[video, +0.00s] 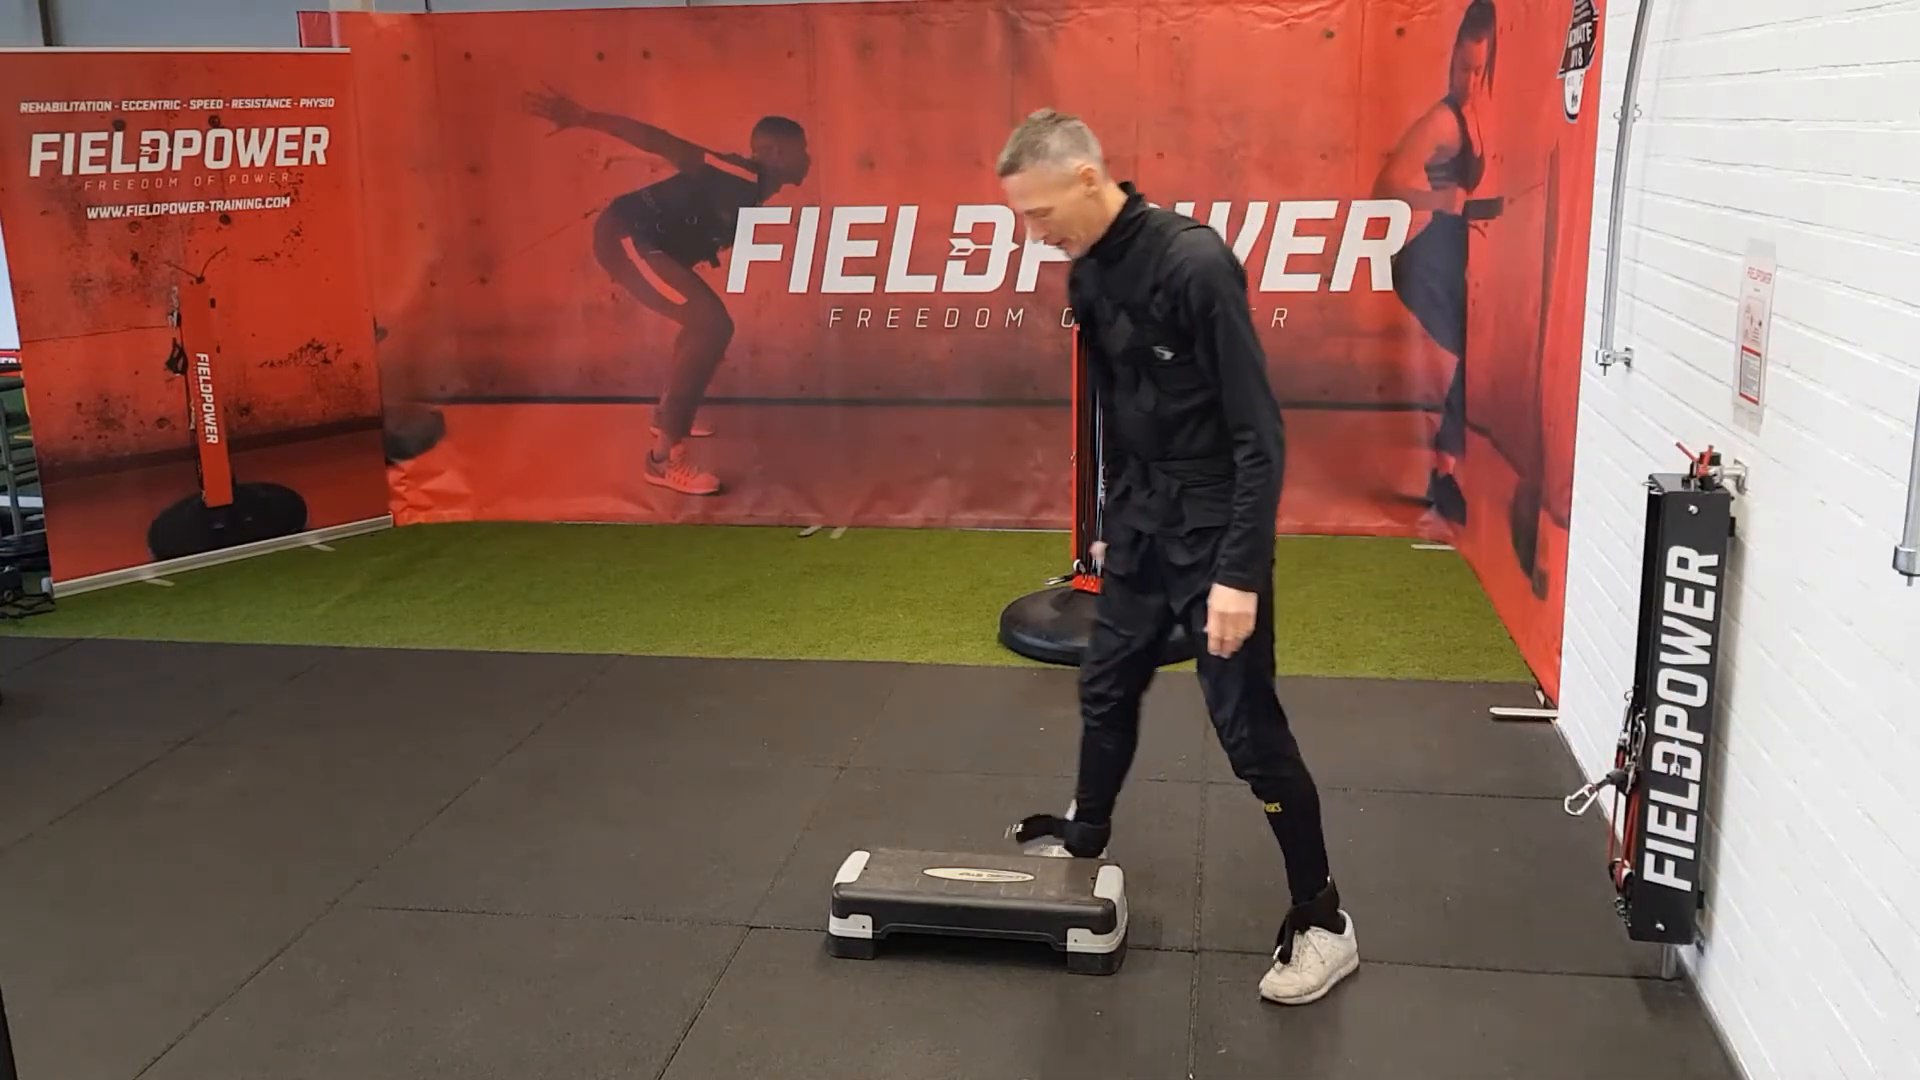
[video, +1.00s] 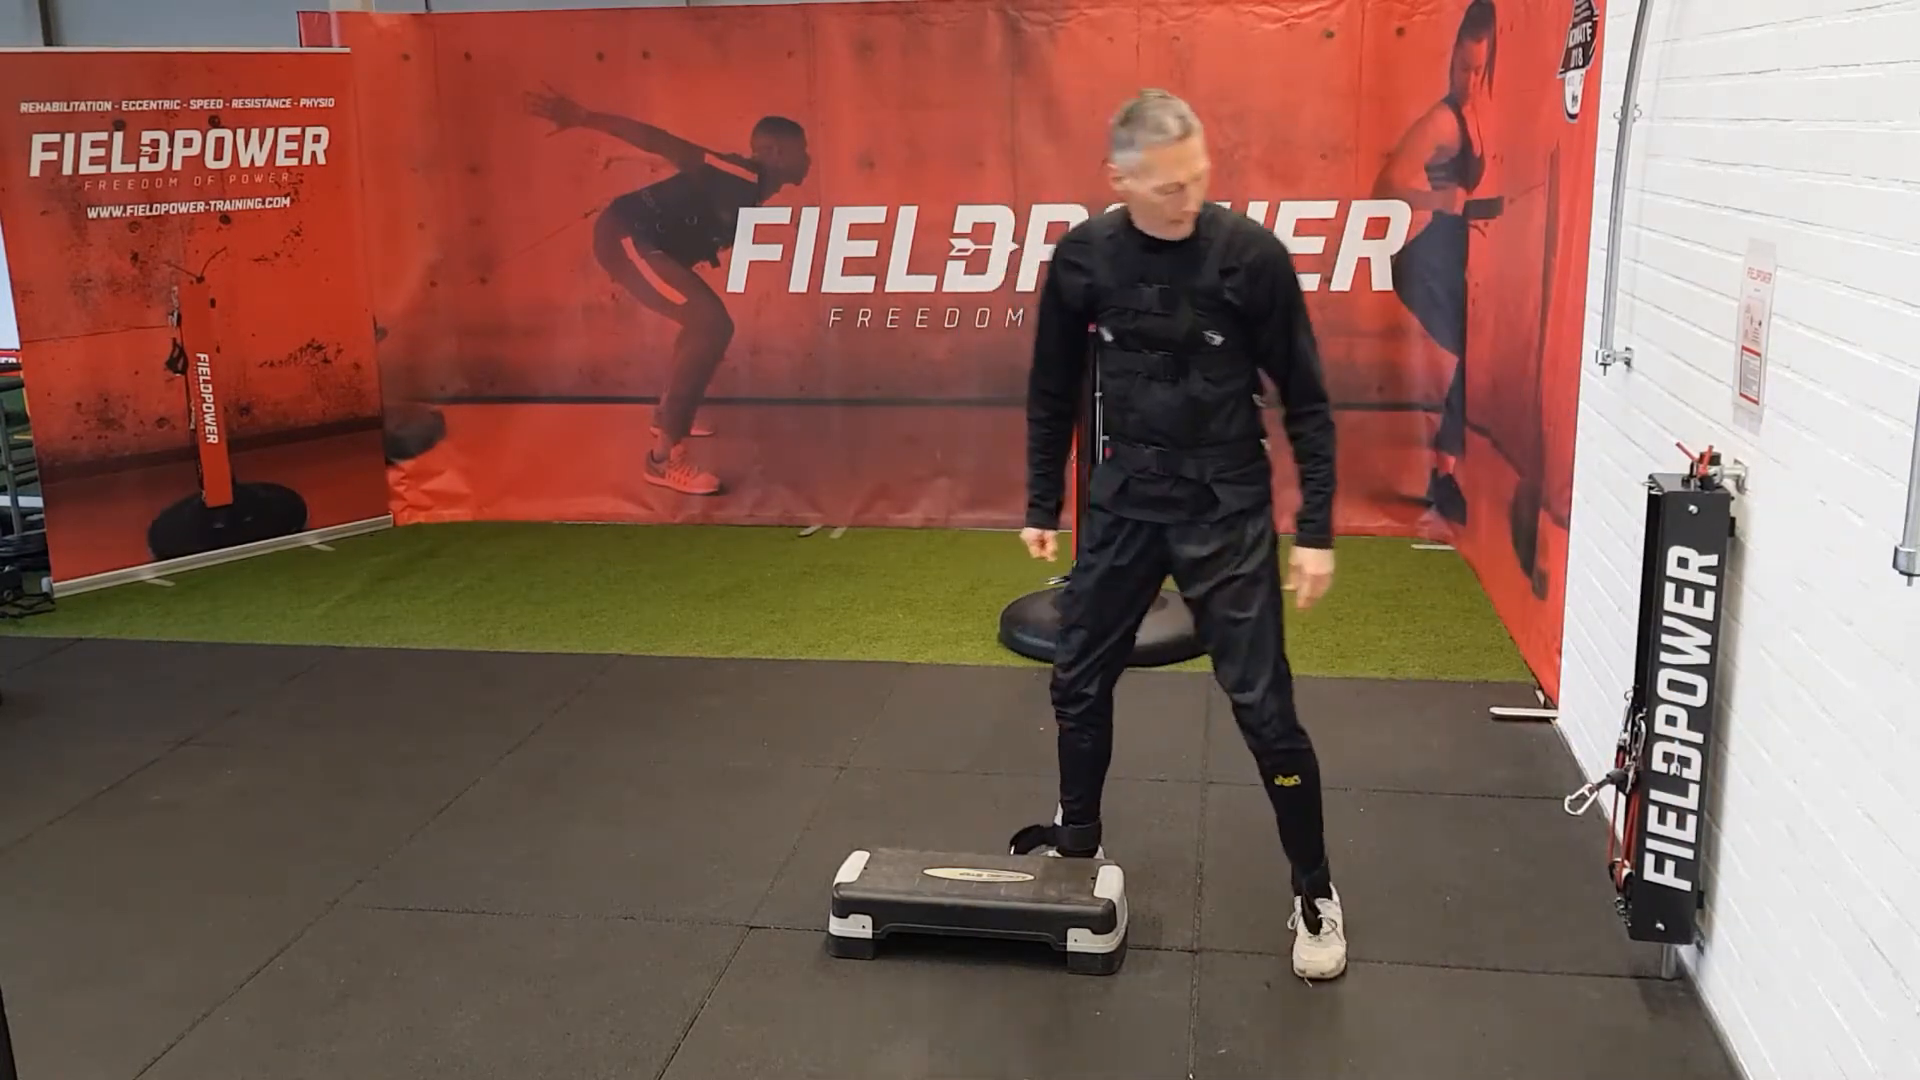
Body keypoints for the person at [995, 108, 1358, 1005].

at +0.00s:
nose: (1035, 232)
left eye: (1040, 212)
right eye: (1026, 218)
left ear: (1093, 180)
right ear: (1068, 194)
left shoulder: (1194, 263)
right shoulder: (1092, 278)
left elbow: (1259, 437)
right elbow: (1113, 423)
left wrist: (1240, 575)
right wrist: (1104, 536)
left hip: (1217, 532)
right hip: (1141, 528)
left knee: (1250, 726)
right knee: (1105, 690)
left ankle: (1319, 914)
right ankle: (1085, 836)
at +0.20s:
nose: (984, 231)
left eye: (992, 210)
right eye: (973, 216)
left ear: (1039, 174)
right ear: (977, 201)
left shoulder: (1139, 251)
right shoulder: (1020, 272)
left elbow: (1200, 413)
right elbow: (1038, 406)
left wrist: (1186, 552)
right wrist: (1036, 512)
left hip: (1172, 501)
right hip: (1089, 502)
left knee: (1221, 703)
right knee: (1057, 674)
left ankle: (1286, 901)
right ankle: (1074, 839)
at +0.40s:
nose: (1003, 207)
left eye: (1012, 182)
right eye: (982, 194)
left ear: (1041, 155)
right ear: (965, 190)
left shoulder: (1128, 239)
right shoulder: (985, 265)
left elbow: (1186, 392)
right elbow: (996, 393)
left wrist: (1152, 522)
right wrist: (995, 505)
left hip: (1156, 486)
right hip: (1069, 487)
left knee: (1183, 692)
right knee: (1050, 677)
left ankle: (1223, 884)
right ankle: (1074, 838)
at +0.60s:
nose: (1034, 195)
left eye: (1043, 173)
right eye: (1013, 182)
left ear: (1064, 148)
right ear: (987, 176)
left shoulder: (1140, 237)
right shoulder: (984, 260)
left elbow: (1195, 384)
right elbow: (981, 392)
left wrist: (1172, 514)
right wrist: (984, 503)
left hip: (1153, 490)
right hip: (1058, 494)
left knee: (1189, 690)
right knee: (1050, 679)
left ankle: (1225, 884)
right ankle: (1075, 841)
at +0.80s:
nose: (1086, 194)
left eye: (1096, 173)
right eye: (1065, 180)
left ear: (1115, 153)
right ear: (1032, 173)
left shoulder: (1179, 246)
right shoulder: (1015, 258)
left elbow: (1234, 394)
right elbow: (995, 392)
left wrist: (1231, 519)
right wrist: (993, 505)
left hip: (1177, 493)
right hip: (1078, 492)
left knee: (1225, 692)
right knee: (1055, 677)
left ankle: (1285, 885)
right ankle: (1075, 837)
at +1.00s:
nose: (1188, 199)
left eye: (1197, 181)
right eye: (1170, 185)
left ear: (1207, 164)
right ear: (1120, 177)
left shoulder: (1250, 256)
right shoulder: (1081, 259)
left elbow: (1304, 399)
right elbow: (1053, 387)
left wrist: (1315, 531)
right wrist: (1044, 502)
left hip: (1227, 508)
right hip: (1119, 505)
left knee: (1263, 709)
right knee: (1077, 680)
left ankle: (1314, 894)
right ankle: (1074, 843)